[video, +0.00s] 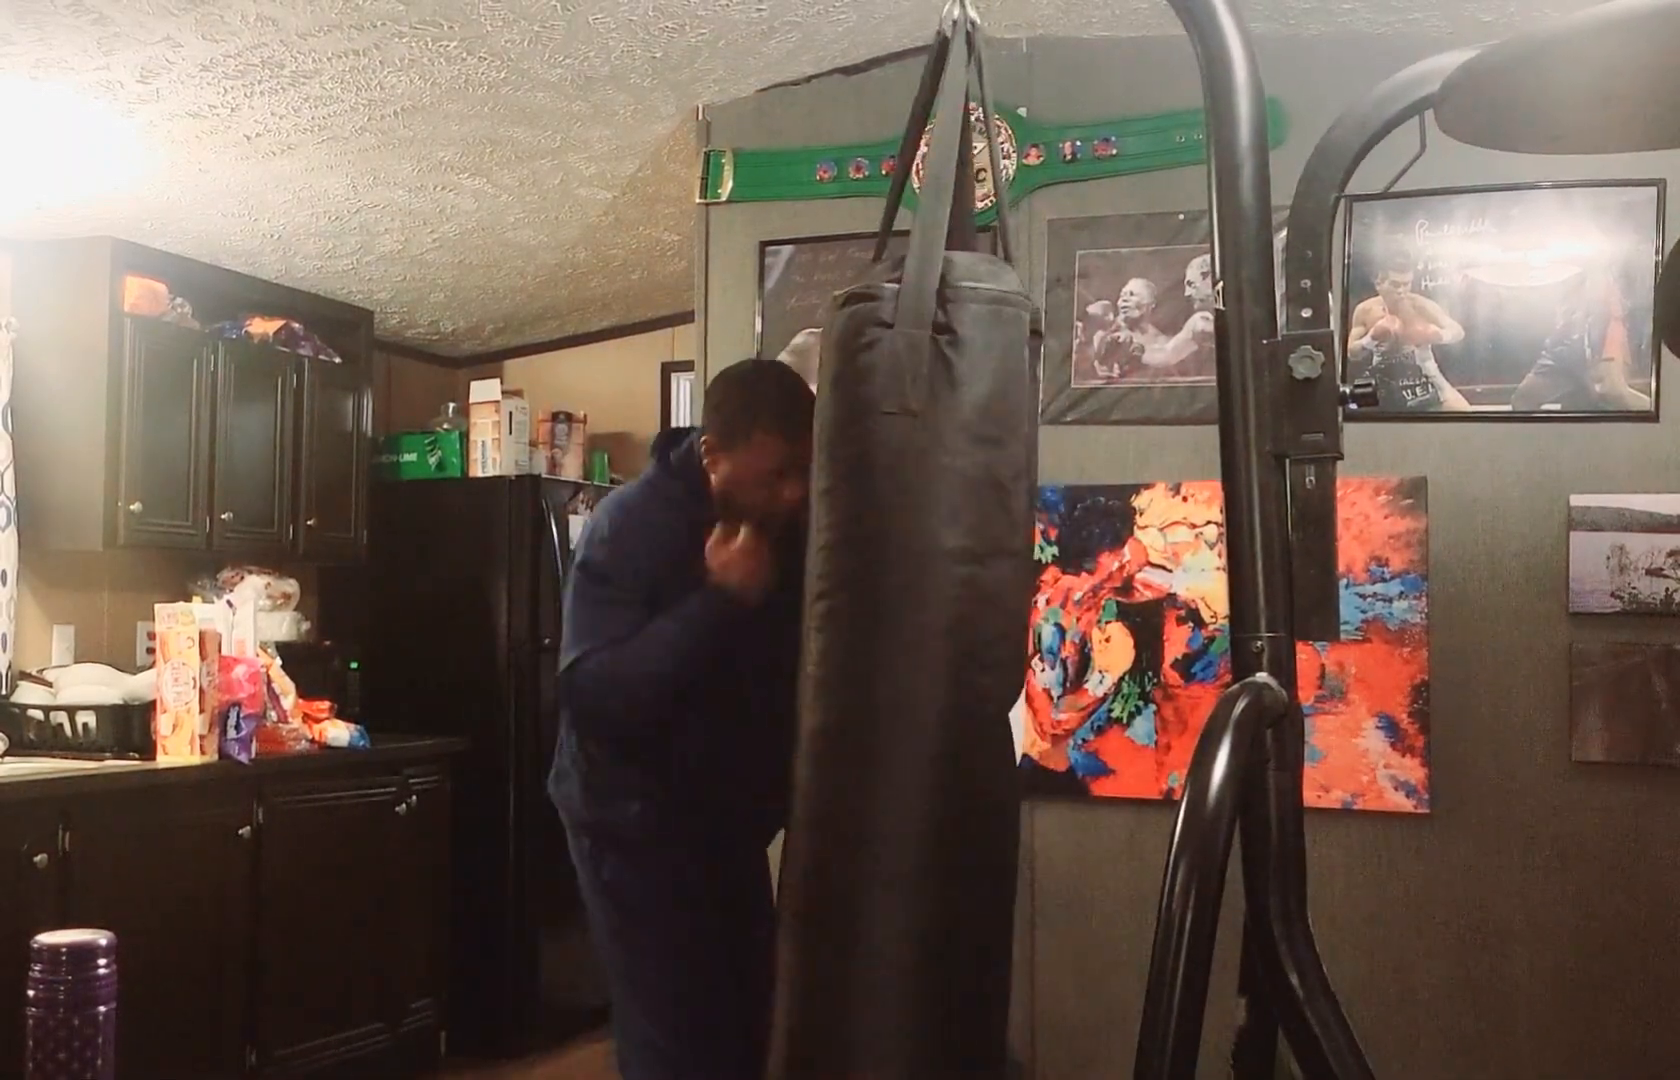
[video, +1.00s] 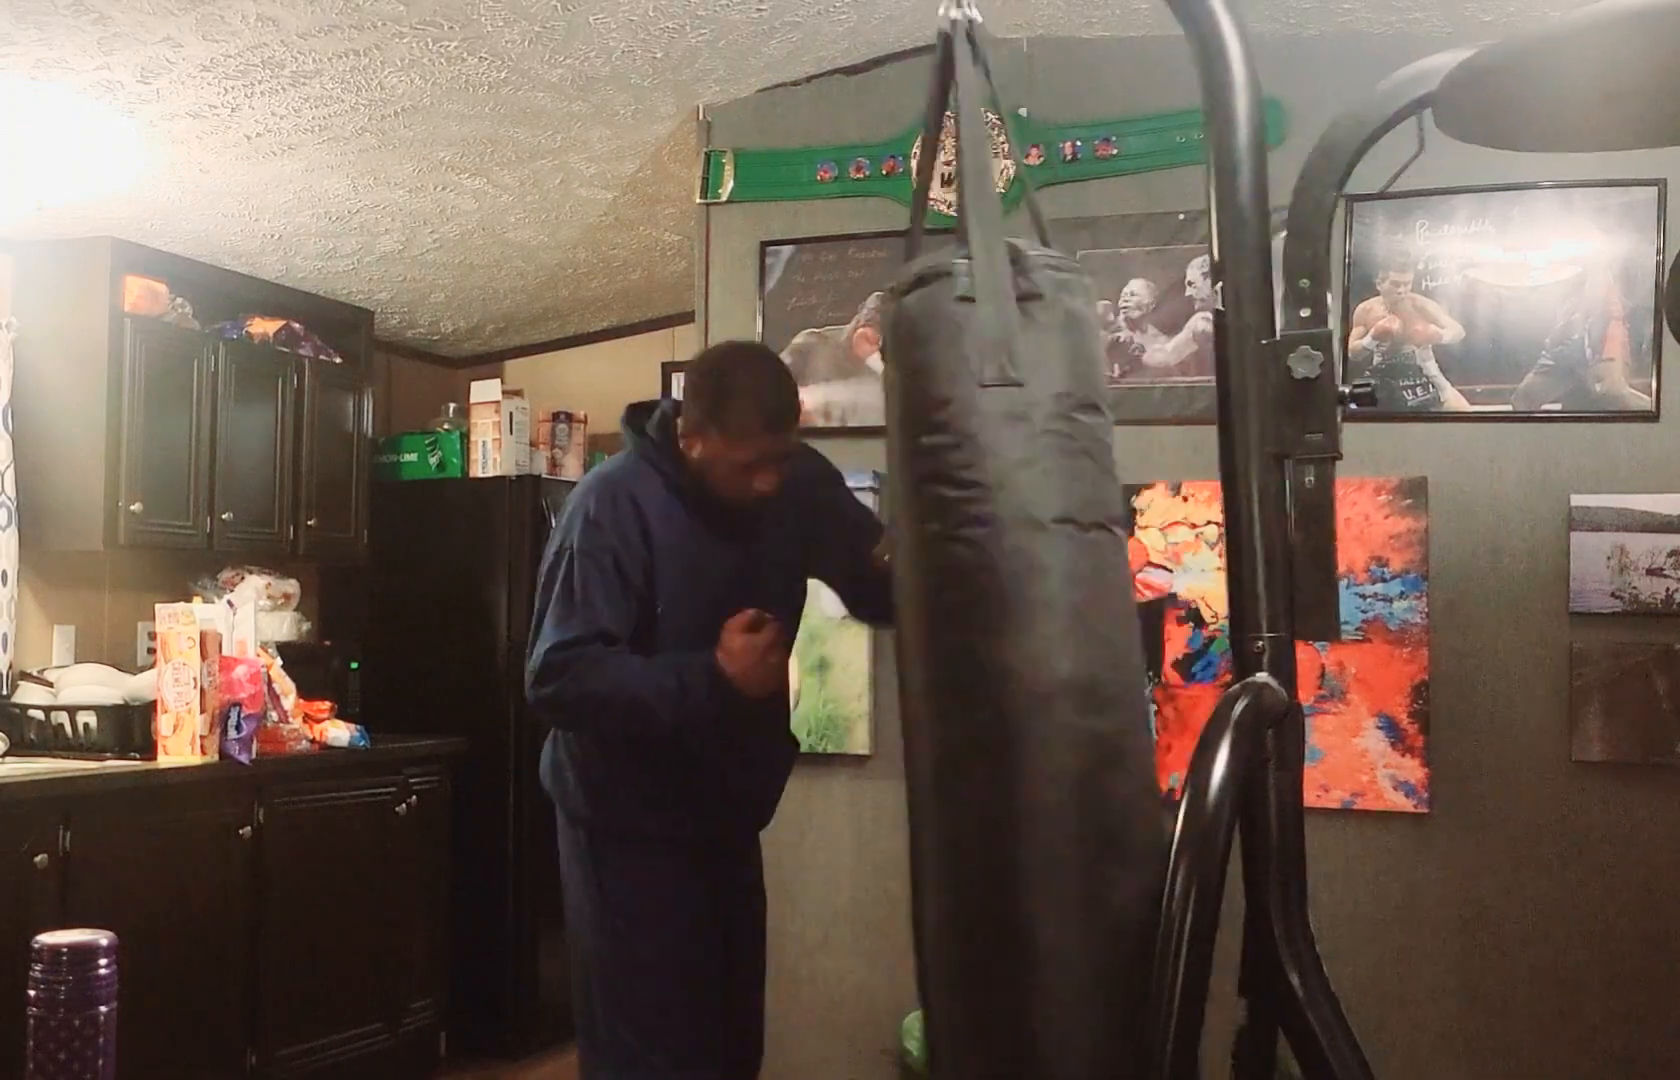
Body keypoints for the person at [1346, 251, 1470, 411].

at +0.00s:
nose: (1402, 291)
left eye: (1406, 285)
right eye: (1395, 285)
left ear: (1411, 282)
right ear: (1379, 283)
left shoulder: (1422, 305)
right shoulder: (1365, 310)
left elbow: (1457, 331)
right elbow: (1352, 353)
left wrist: (1435, 335)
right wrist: (1373, 338)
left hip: (1428, 381)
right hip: (1386, 384)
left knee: (1466, 415)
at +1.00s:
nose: (1402, 290)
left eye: (1406, 285)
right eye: (1396, 284)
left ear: (1412, 283)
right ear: (1379, 284)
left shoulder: (1421, 305)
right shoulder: (1365, 310)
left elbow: (1458, 331)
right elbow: (1352, 353)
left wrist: (1436, 335)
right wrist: (1373, 337)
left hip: (1427, 380)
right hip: (1384, 383)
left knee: (1467, 416)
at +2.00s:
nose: (1402, 291)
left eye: (1406, 285)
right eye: (1395, 285)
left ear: (1411, 283)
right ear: (1379, 284)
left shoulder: (1421, 305)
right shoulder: (1365, 311)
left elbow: (1457, 331)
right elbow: (1352, 354)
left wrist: (1436, 335)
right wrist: (1374, 337)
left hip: (1428, 382)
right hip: (1385, 386)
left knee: (1468, 418)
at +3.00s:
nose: (1401, 291)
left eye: (1406, 285)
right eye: (1395, 285)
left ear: (1411, 284)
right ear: (1378, 284)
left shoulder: (1420, 305)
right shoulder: (1365, 311)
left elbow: (1457, 332)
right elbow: (1351, 354)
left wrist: (1434, 336)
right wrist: (1372, 338)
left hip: (1426, 382)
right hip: (1383, 386)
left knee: (1467, 418)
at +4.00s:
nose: (1401, 291)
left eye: (1406, 285)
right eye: (1395, 285)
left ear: (1411, 284)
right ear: (1379, 284)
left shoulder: (1421, 306)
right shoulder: (1365, 311)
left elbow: (1457, 332)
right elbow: (1352, 354)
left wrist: (1435, 336)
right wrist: (1373, 338)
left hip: (1429, 384)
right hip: (1386, 388)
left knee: (1468, 420)